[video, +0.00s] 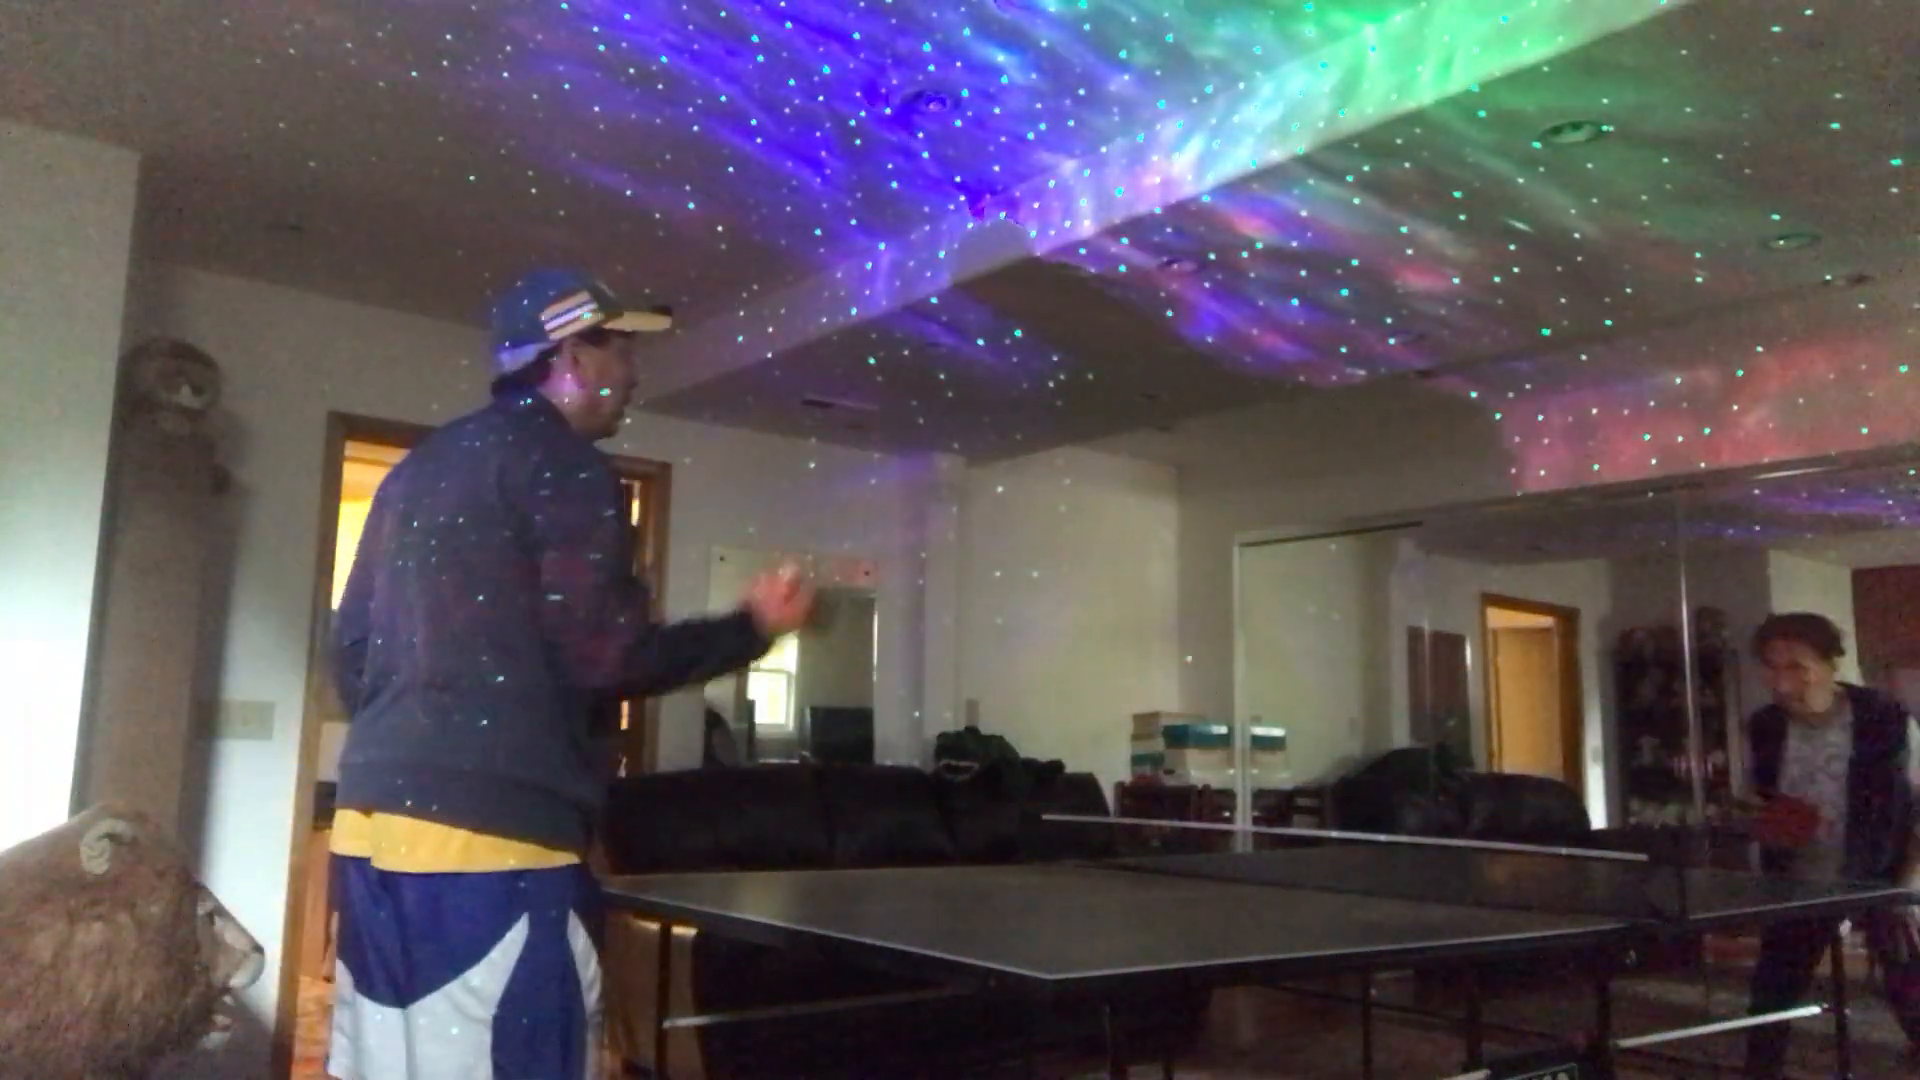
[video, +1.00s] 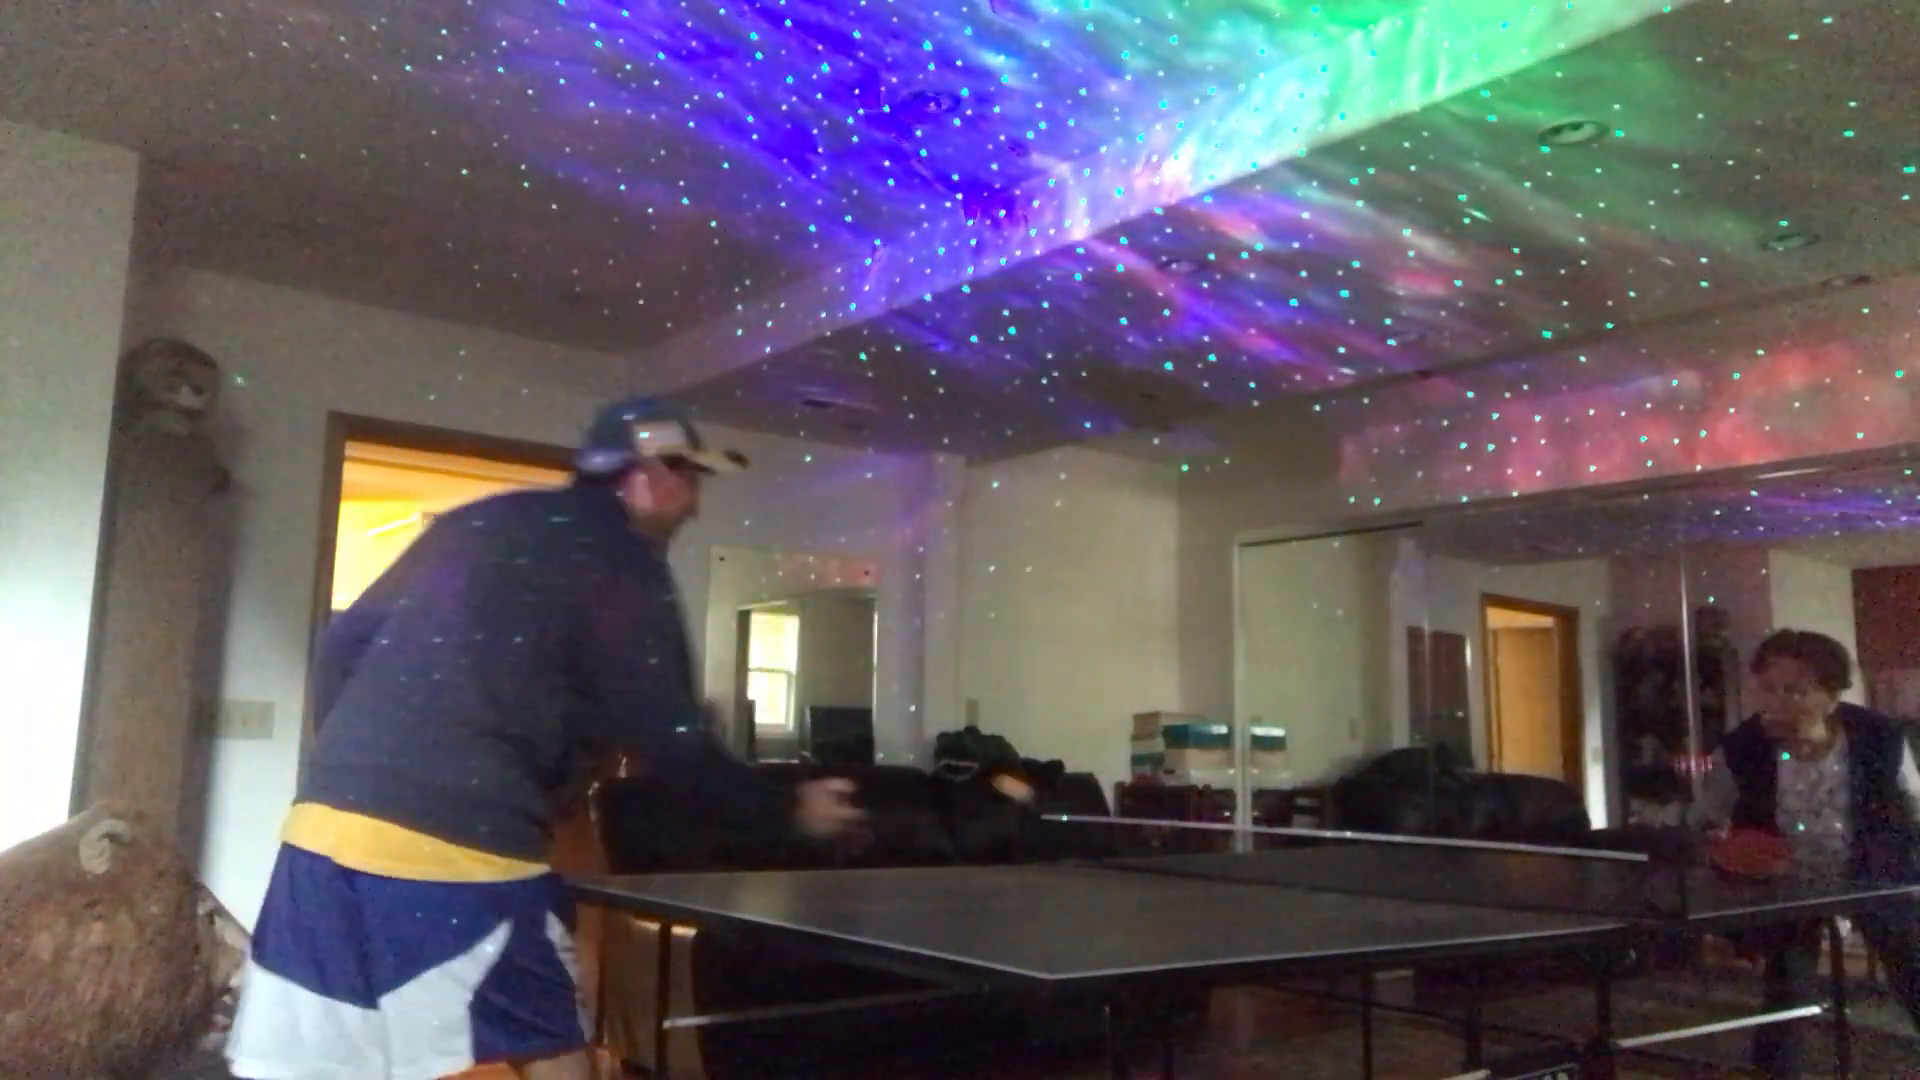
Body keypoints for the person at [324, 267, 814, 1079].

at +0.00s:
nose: (633, 374)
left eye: (631, 352)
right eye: (620, 350)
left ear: (537, 362)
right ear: (567, 358)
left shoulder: (414, 465)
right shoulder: (565, 462)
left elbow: (354, 649)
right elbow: (606, 653)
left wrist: (419, 746)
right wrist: (752, 626)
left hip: (370, 828)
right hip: (497, 842)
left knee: (374, 1067)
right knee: (521, 1063)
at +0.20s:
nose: (622, 377)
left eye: (618, 355)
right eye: (610, 354)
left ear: (542, 366)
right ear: (558, 364)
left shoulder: (416, 465)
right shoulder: (544, 462)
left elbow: (363, 650)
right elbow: (526, 659)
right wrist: (676, 709)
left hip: (366, 831)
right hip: (482, 844)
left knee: (373, 1062)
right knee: (503, 1061)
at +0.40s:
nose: (611, 389)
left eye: (610, 367)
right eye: (600, 365)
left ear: (536, 371)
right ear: (547, 369)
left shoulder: (413, 469)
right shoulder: (518, 474)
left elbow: (352, 646)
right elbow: (518, 668)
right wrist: (676, 700)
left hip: (358, 842)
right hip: (460, 855)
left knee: (366, 1064)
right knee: (470, 1064)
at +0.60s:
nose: (604, 404)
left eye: (603, 382)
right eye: (594, 380)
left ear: (529, 384)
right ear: (540, 382)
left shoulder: (405, 479)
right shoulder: (508, 483)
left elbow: (333, 648)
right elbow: (534, 676)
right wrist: (692, 678)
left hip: (340, 849)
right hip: (446, 861)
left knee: (354, 1068)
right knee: (500, 1065)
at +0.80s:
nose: (630, 437)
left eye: (631, 416)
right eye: (621, 413)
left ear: (545, 411)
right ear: (570, 412)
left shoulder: (424, 490)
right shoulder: (540, 500)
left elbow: (329, 640)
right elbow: (555, 682)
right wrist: (697, 732)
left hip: (326, 821)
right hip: (448, 826)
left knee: (332, 1060)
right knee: (556, 1050)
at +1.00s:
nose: (696, 501)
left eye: (698, 481)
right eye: (690, 478)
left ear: (597, 469)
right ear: (645, 474)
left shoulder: (471, 521)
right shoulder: (626, 564)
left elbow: (343, 636)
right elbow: (673, 748)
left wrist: (349, 775)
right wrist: (785, 808)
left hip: (320, 837)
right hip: (461, 854)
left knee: (298, 1067)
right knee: (536, 1064)